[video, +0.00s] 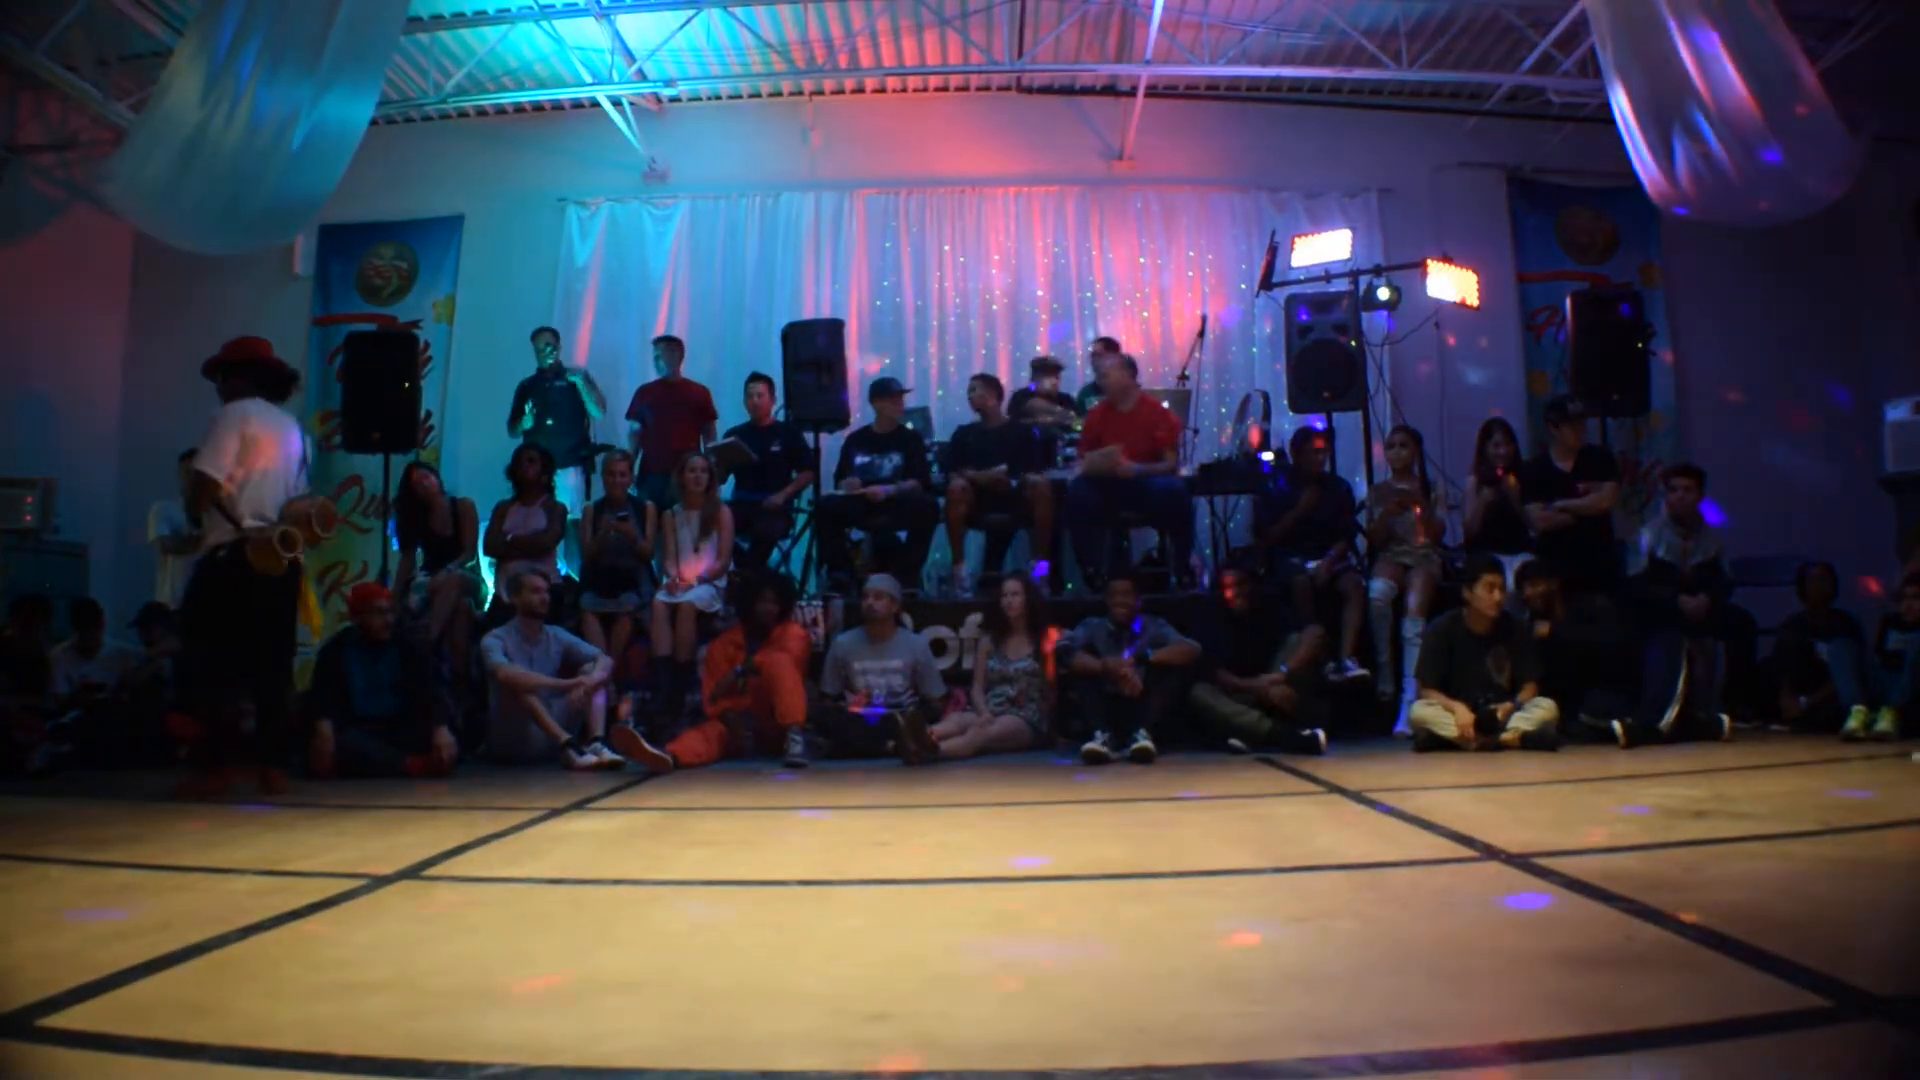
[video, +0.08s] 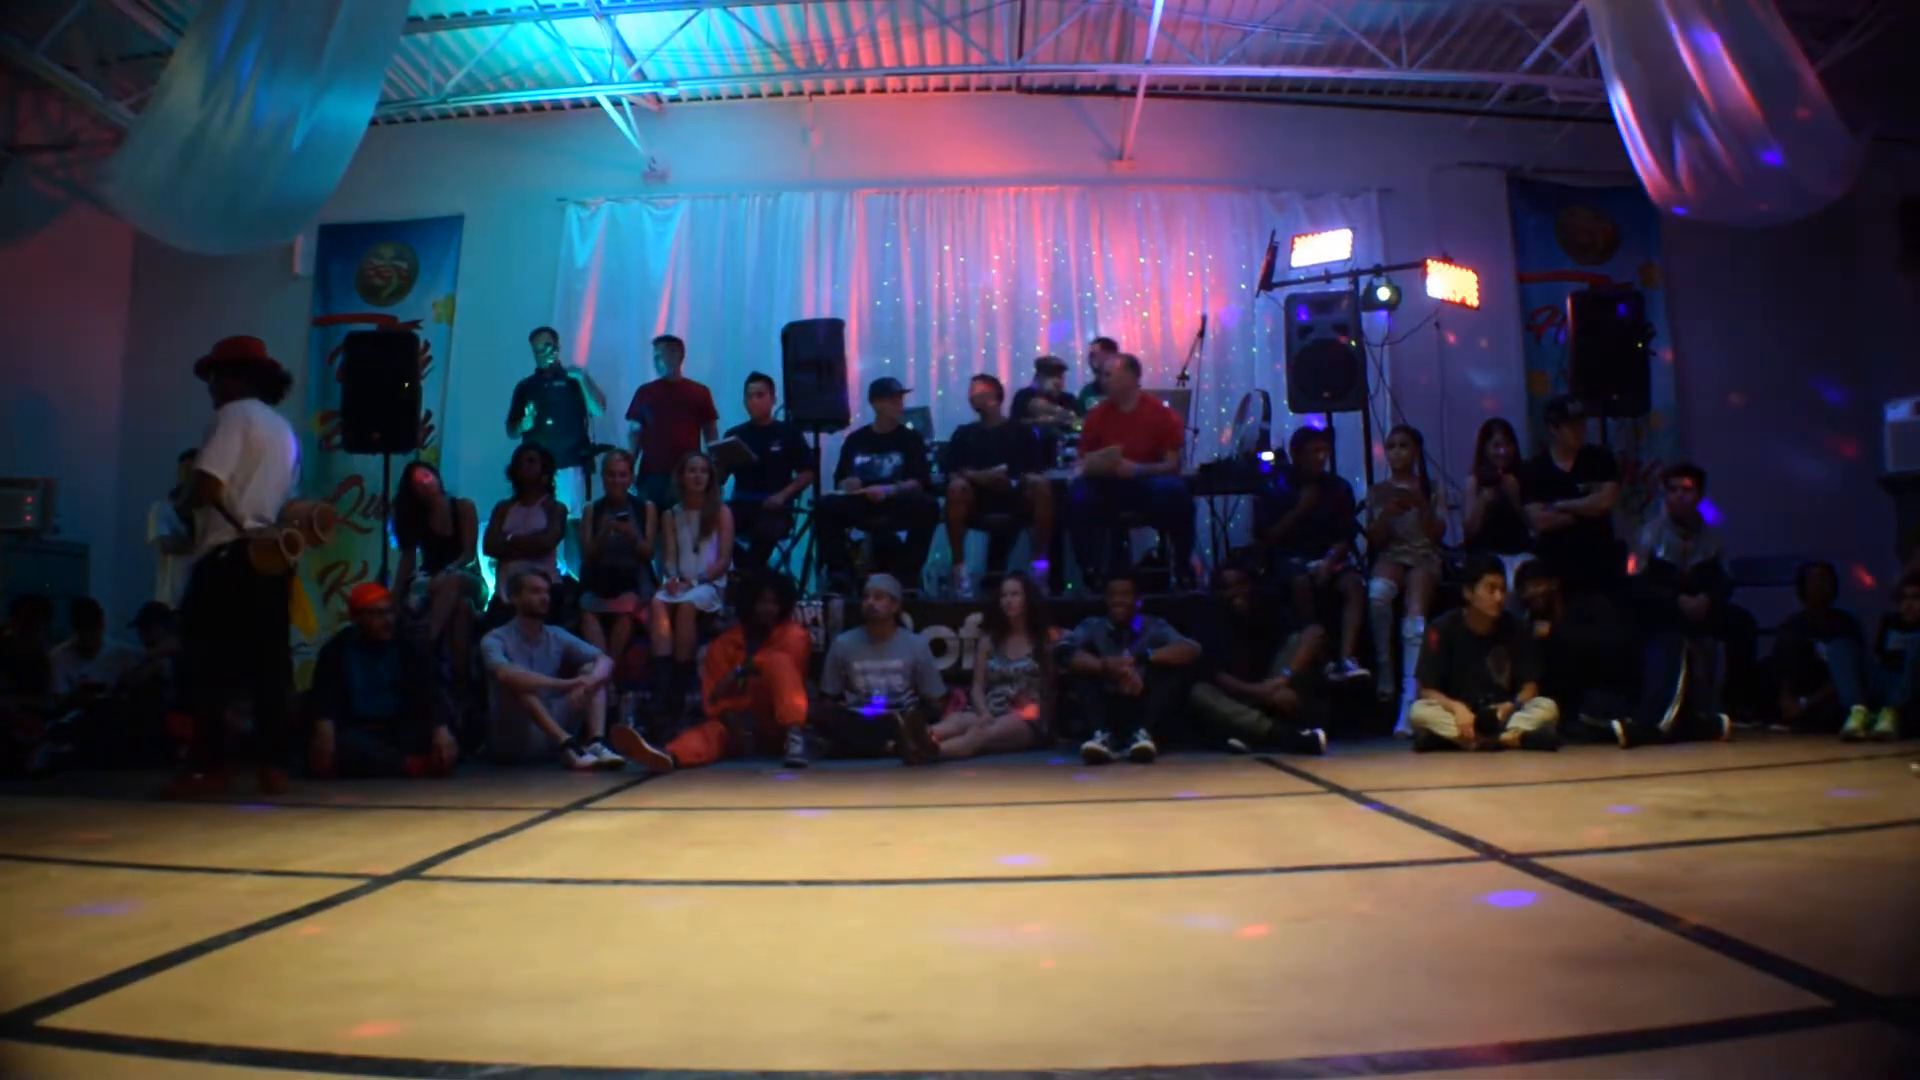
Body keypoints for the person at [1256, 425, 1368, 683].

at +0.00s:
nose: (1319, 458)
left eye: (1323, 452)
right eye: (1313, 452)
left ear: (1327, 454)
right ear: (1296, 454)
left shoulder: (1338, 486)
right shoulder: (1278, 485)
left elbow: (1347, 535)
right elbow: (1267, 535)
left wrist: (1330, 562)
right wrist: (1299, 510)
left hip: (1329, 554)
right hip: (1292, 554)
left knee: (1354, 585)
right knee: (1301, 584)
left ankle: (1347, 657)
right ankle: (1314, 658)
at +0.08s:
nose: (1320, 458)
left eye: (1324, 451)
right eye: (1313, 452)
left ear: (1328, 454)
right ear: (1296, 454)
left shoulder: (1338, 487)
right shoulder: (1278, 485)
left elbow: (1347, 534)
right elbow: (1267, 535)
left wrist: (1331, 561)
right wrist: (1300, 509)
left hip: (1329, 555)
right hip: (1292, 555)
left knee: (1354, 585)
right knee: (1301, 583)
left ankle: (1346, 658)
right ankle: (1316, 658)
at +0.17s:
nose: (1320, 458)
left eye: (1323, 451)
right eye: (1313, 452)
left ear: (1328, 453)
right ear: (1296, 454)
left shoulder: (1337, 487)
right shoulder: (1277, 486)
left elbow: (1346, 533)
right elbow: (1267, 535)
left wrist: (1332, 560)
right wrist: (1300, 509)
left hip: (1328, 555)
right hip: (1291, 555)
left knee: (1353, 584)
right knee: (1301, 583)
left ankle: (1345, 657)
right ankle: (1313, 657)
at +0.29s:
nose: (1321, 457)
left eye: (1323, 451)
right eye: (1313, 452)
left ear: (1328, 453)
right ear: (1296, 455)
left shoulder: (1337, 487)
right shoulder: (1276, 486)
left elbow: (1345, 536)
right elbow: (1267, 535)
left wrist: (1328, 561)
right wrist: (1299, 508)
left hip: (1327, 554)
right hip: (1290, 554)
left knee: (1351, 584)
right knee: (1300, 583)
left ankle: (1343, 657)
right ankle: (1310, 657)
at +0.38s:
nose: (1321, 457)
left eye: (1324, 451)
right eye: (1314, 452)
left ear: (1328, 453)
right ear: (1296, 455)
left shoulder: (1337, 488)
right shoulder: (1277, 487)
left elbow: (1344, 536)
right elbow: (1267, 535)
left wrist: (1328, 562)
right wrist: (1300, 506)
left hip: (1326, 555)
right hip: (1290, 555)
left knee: (1351, 584)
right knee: (1299, 584)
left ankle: (1342, 657)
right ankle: (1308, 657)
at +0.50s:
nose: (1322, 454)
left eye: (1324, 447)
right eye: (1314, 449)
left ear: (1328, 451)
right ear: (1297, 454)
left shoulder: (1339, 487)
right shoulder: (1278, 486)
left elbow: (1345, 533)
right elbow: (1268, 535)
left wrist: (1330, 561)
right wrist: (1302, 507)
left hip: (1328, 556)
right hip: (1290, 555)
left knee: (1353, 585)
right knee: (1299, 583)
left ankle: (1342, 658)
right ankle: (1307, 658)